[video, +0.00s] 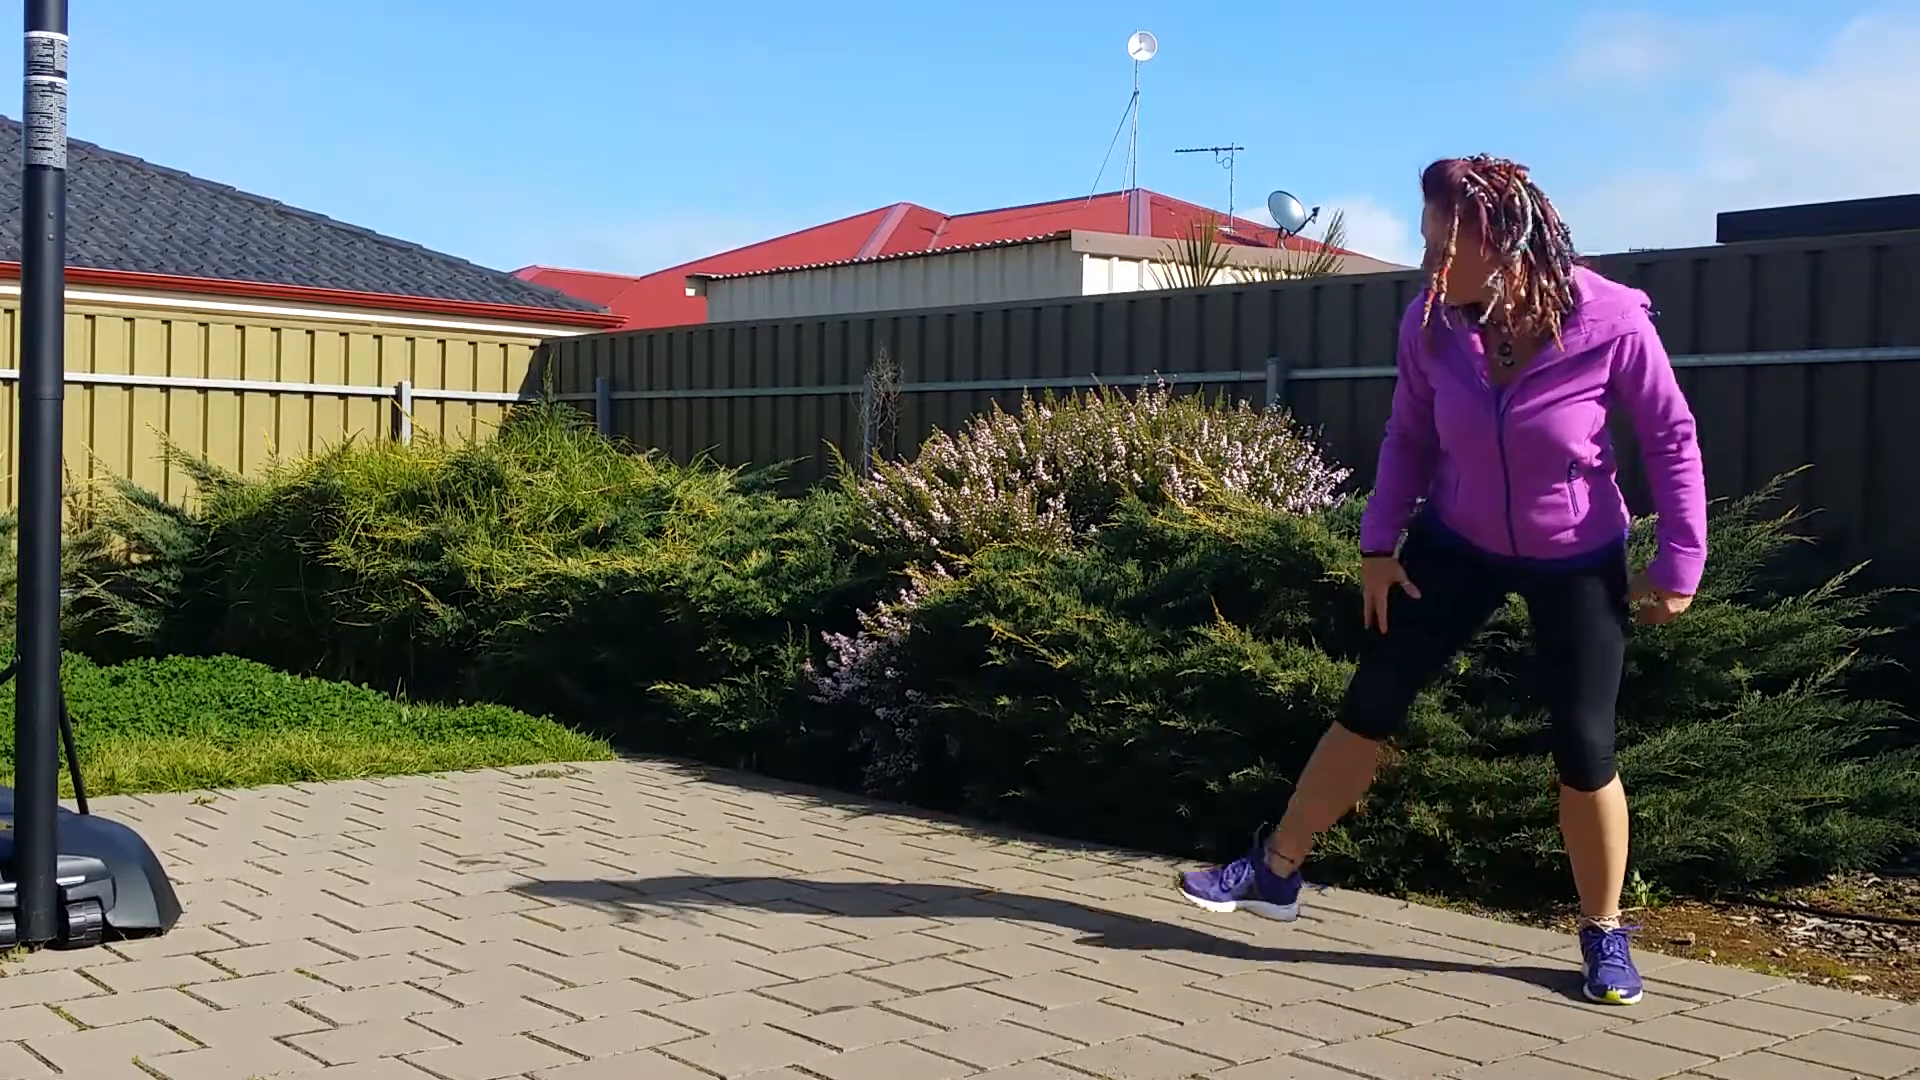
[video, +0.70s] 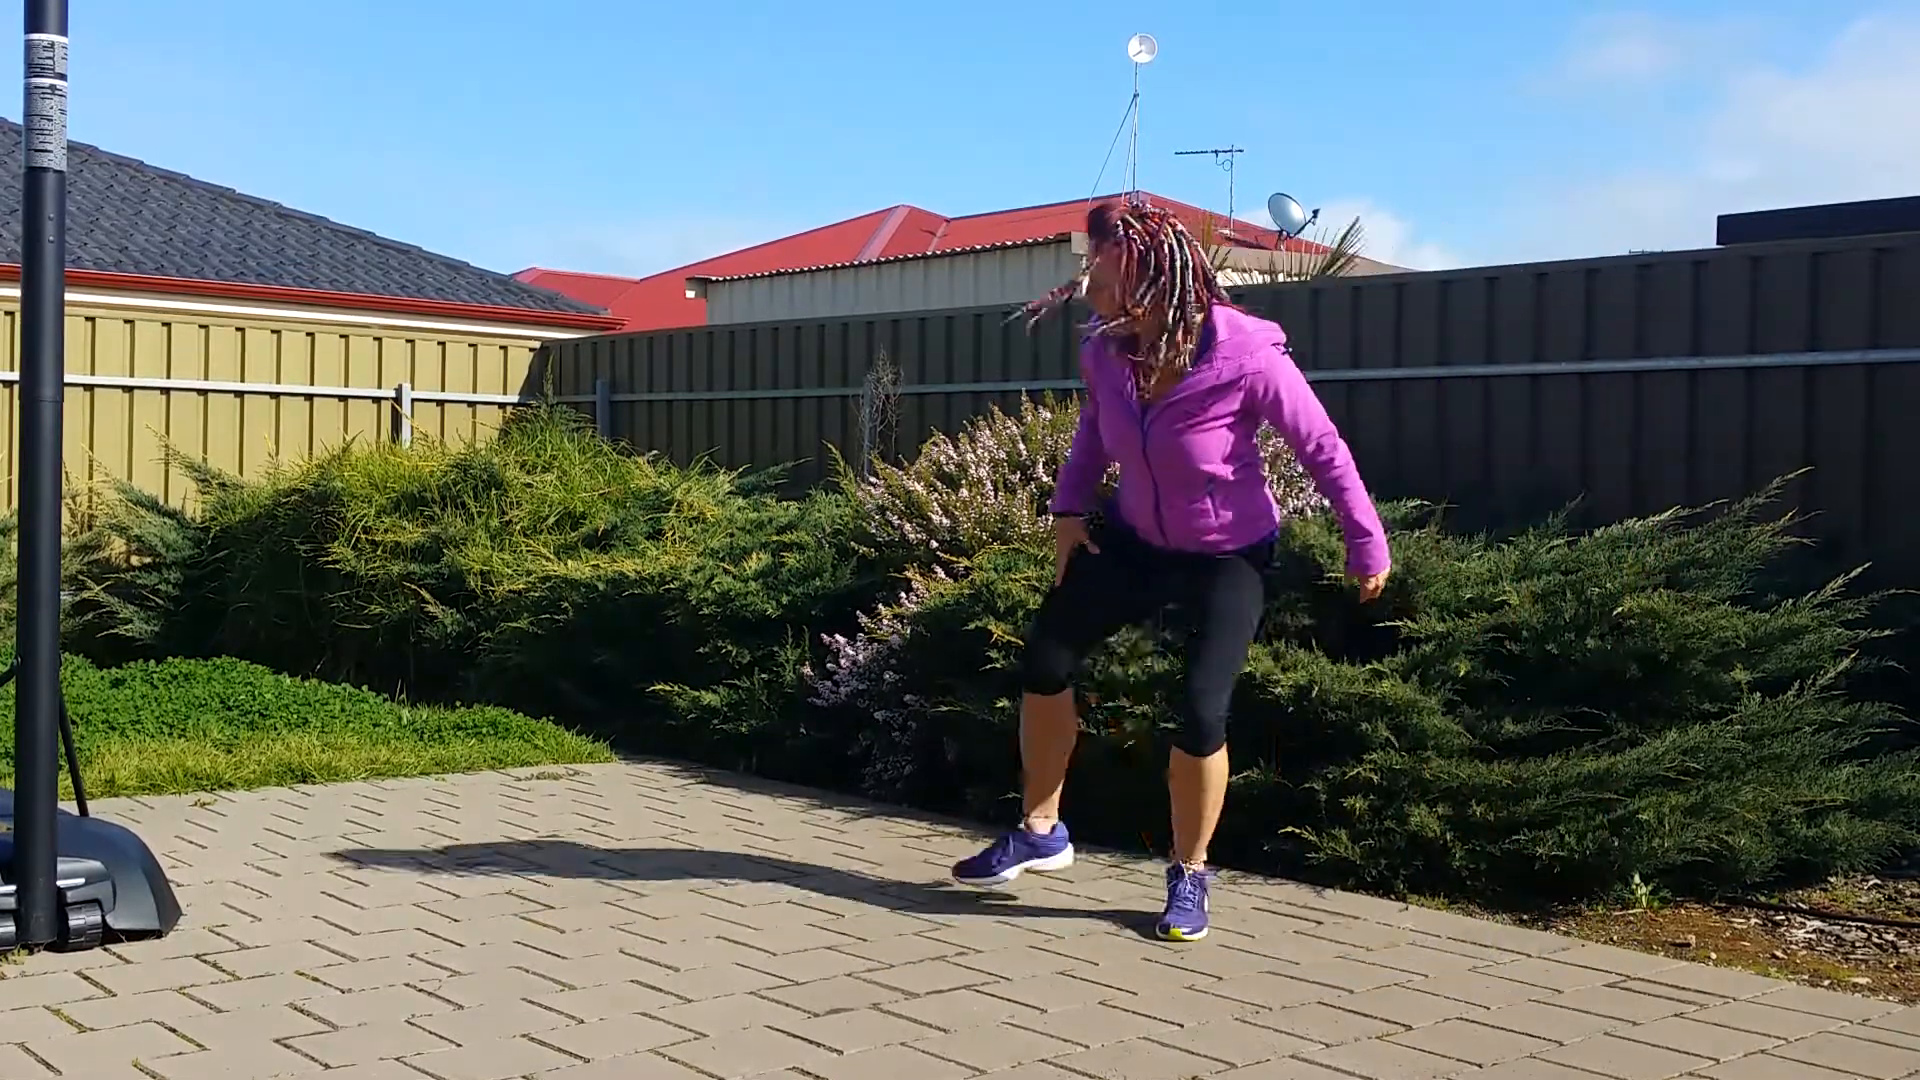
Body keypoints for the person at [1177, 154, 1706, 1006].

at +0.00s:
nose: (1431, 259)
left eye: (1441, 242)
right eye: (1429, 242)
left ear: (1498, 238)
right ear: (1456, 237)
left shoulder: (1614, 317)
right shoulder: (1431, 317)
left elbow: (1671, 435)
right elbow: (1407, 436)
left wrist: (1681, 554)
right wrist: (1379, 541)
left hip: (1576, 556)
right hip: (1456, 544)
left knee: (1586, 749)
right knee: (1370, 704)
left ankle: (1605, 938)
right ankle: (1274, 868)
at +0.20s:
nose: (1364, 326)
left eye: (1376, 311)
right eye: (1363, 310)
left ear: (1434, 310)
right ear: (1393, 312)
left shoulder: (1548, 377)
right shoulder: (1375, 382)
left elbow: (1621, 490)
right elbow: (1361, 477)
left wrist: (1650, 607)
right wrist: (1314, 562)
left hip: (1526, 593)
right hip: (1410, 578)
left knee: (1551, 769)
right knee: (1278, 680)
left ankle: (1601, 935)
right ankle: (1162, 836)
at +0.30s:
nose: (1303, 340)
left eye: (1315, 324)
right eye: (1302, 324)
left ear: (1373, 322)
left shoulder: (1480, 393)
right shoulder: (1317, 392)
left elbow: (1557, 501)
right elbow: (1310, 478)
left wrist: (1590, 618)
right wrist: (1266, 561)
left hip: (1468, 599)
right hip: (1356, 589)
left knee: (1517, 766)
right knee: (1225, 691)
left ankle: (1597, 932)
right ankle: (1179, 862)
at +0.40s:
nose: (1229, 326)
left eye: (1241, 312)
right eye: (1229, 311)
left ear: (1296, 313)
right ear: (1259, 313)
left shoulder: (1396, 379)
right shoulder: (1236, 380)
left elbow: (1470, 485)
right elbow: (1231, 468)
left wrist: (1509, 594)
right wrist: (1203, 557)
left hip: (1388, 590)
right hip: (1279, 586)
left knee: (1461, 748)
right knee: (1176, 706)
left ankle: (1578, 923)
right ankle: (1189, 878)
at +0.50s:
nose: (1175, 300)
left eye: (1189, 287)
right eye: (1171, 286)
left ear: (1238, 287)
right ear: (1173, 285)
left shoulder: (1330, 356)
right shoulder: (1174, 354)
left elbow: (1398, 458)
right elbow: (1162, 447)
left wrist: (1440, 558)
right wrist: (1144, 532)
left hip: (1324, 555)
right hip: (1218, 558)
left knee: (1374, 711)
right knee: (1149, 701)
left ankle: (1443, 893)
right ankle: (1185, 875)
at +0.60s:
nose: (1124, 277)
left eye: (1134, 264)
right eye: (1124, 264)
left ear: (1180, 267)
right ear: (1147, 267)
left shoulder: (1289, 340)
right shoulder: (1135, 336)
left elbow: (1355, 437)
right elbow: (1124, 426)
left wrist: (1396, 535)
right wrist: (1103, 511)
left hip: (1275, 539)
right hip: (1175, 533)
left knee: (1272, 690)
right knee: (1107, 671)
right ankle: (1143, 841)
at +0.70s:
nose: (1087, 276)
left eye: (1098, 264)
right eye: (1091, 263)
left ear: (1144, 275)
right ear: (1123, 276)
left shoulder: (1246, 351)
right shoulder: (1104, 349)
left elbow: (1322, 447)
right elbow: (1095, 428)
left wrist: (1366, 540)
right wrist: (1067, 508)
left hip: (1224, 555)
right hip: (1131, 543)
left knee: (1201, 711)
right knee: (1048, 655)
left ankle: (1188, 875)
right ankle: (1040, 829)